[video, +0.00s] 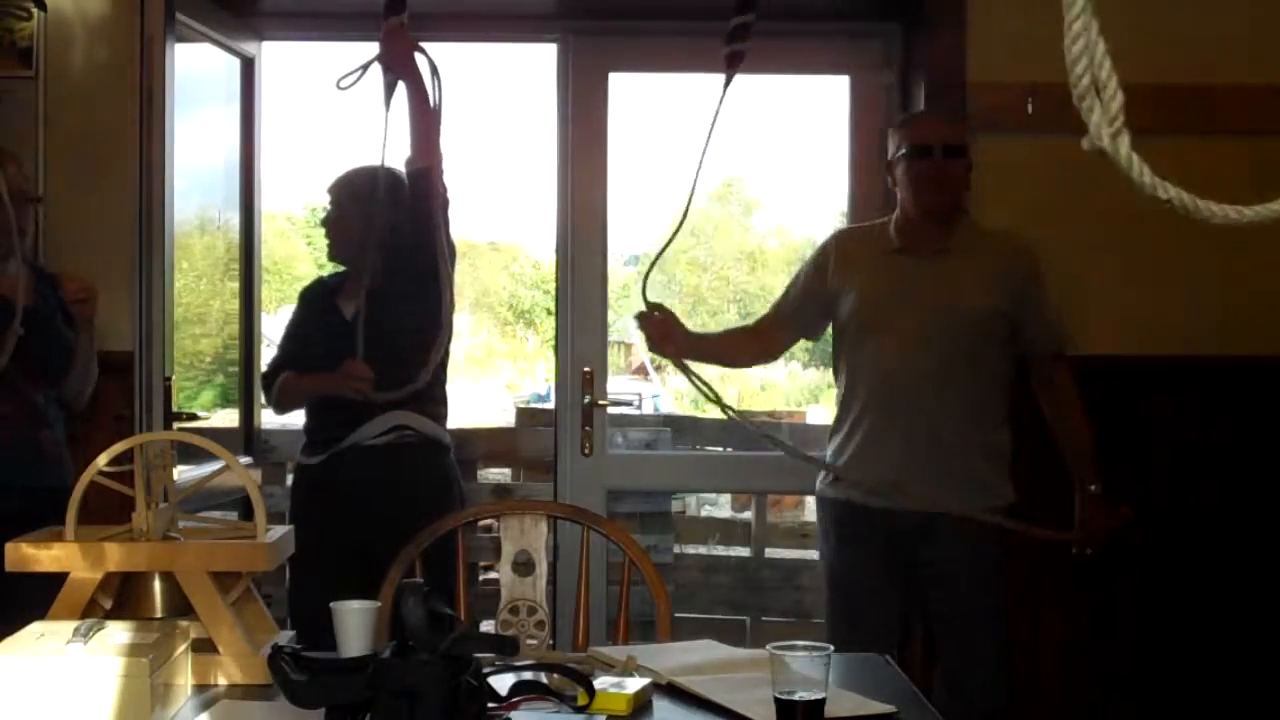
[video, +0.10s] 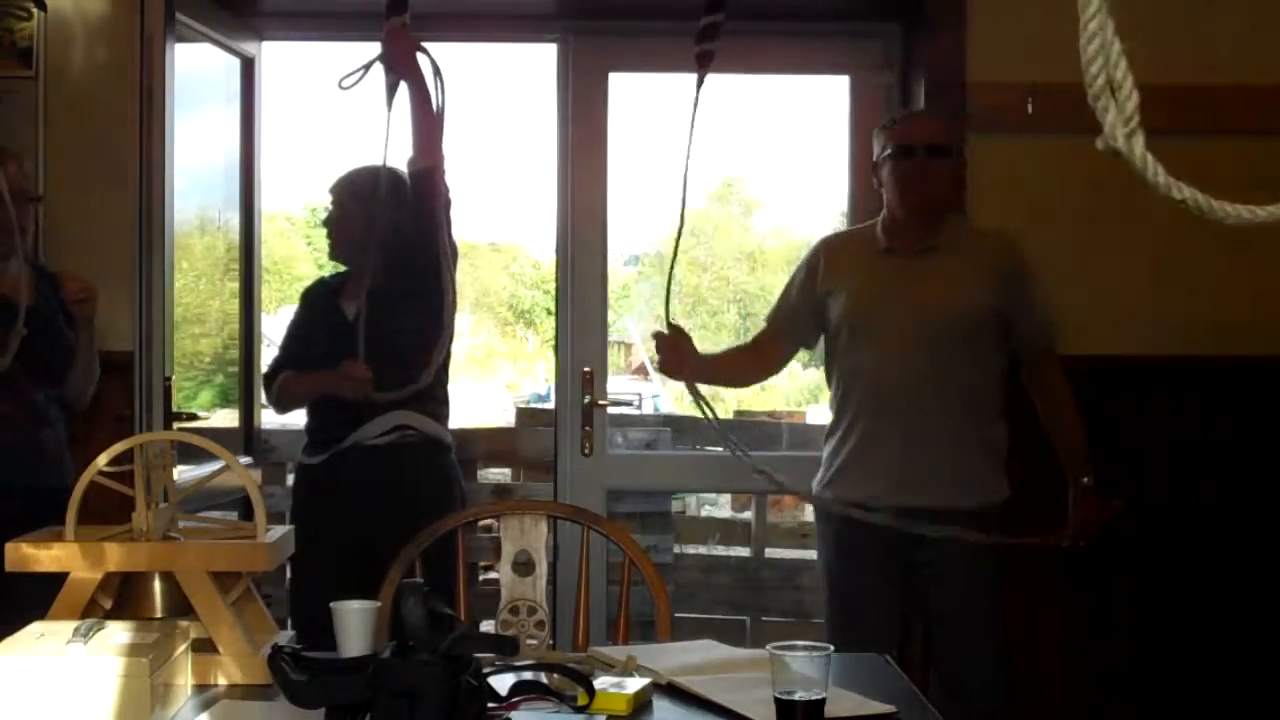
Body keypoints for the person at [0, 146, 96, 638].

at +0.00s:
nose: (25, 218)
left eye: (29, 202)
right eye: (16, 200)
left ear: (33, 208)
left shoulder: (40, 287)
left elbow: (74, 394)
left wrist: (84, 326)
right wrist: (13, 309)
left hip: (39, 479)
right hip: (12, 480)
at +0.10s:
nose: (25, 215)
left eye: (29, 201)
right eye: (16, 199)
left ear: (32, 207)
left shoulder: (43, 284)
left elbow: (75, 395)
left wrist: (84, 325)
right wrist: (15, 308)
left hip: (41, 475)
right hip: (13, 476)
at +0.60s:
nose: (29, 212)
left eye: (33, 198)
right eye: (17, 199)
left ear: (43, 207)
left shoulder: (47, 288)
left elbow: (80, 396)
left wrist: (77, 327)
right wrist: (12, 306)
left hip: (44, 468)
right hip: (8, 467)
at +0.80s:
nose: (38, 214)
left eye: (39, 199)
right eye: (23, 200)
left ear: (42, 207)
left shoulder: (44, 287)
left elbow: (78, 394)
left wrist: (77, 330)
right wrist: (11, 306)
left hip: (44, 464)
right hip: (11, 464)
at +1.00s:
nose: (23, 213)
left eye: (25, 199)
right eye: (12, 200)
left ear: (34, 207)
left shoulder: (39, 282)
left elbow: (96, 368)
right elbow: (96, 366)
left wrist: (96, 283)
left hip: (41, 467)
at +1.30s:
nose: (23, 205)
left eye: (25, 193)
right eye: (11, 193)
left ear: (30, 201)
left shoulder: (35, 281)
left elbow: (88, 375)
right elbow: (87, 374)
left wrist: (122, 314)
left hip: (40, 467)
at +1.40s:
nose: (26, 206)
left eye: (26, 193)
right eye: (13, 193)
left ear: (32, 201)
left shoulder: (32, 280)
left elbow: (99, 367)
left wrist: (142, 288)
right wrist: (9, 253)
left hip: (42, 476)